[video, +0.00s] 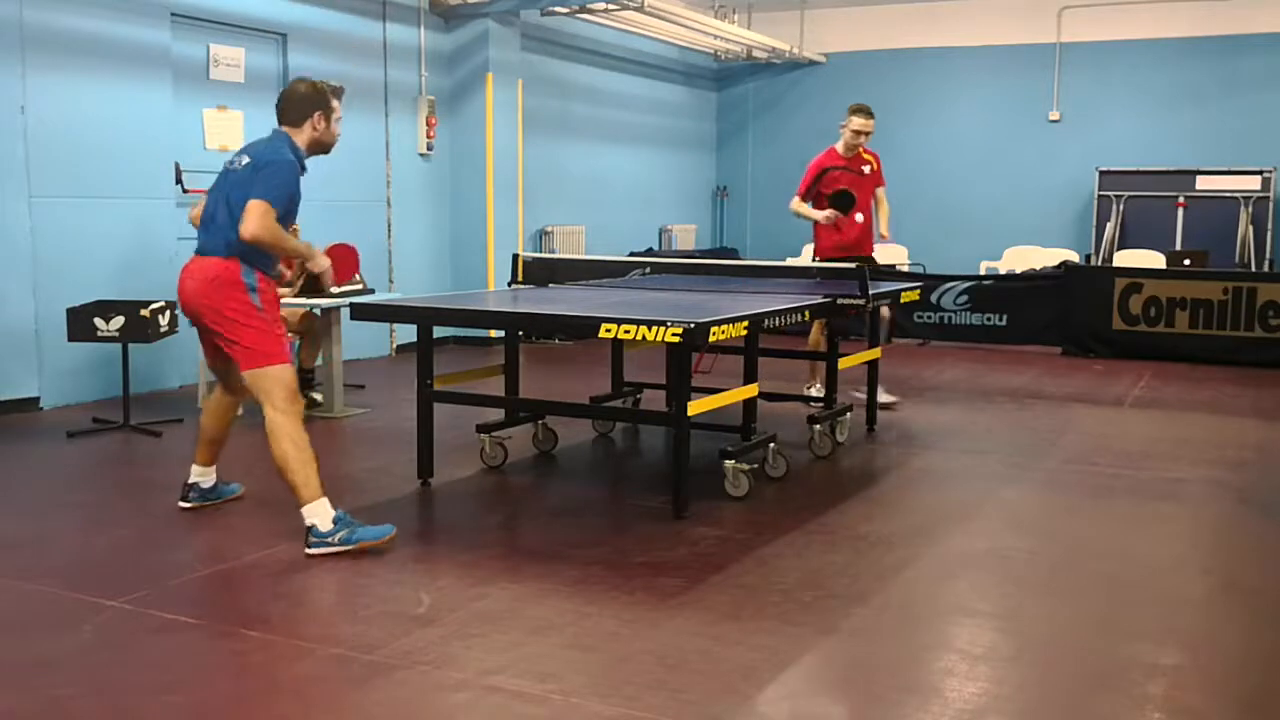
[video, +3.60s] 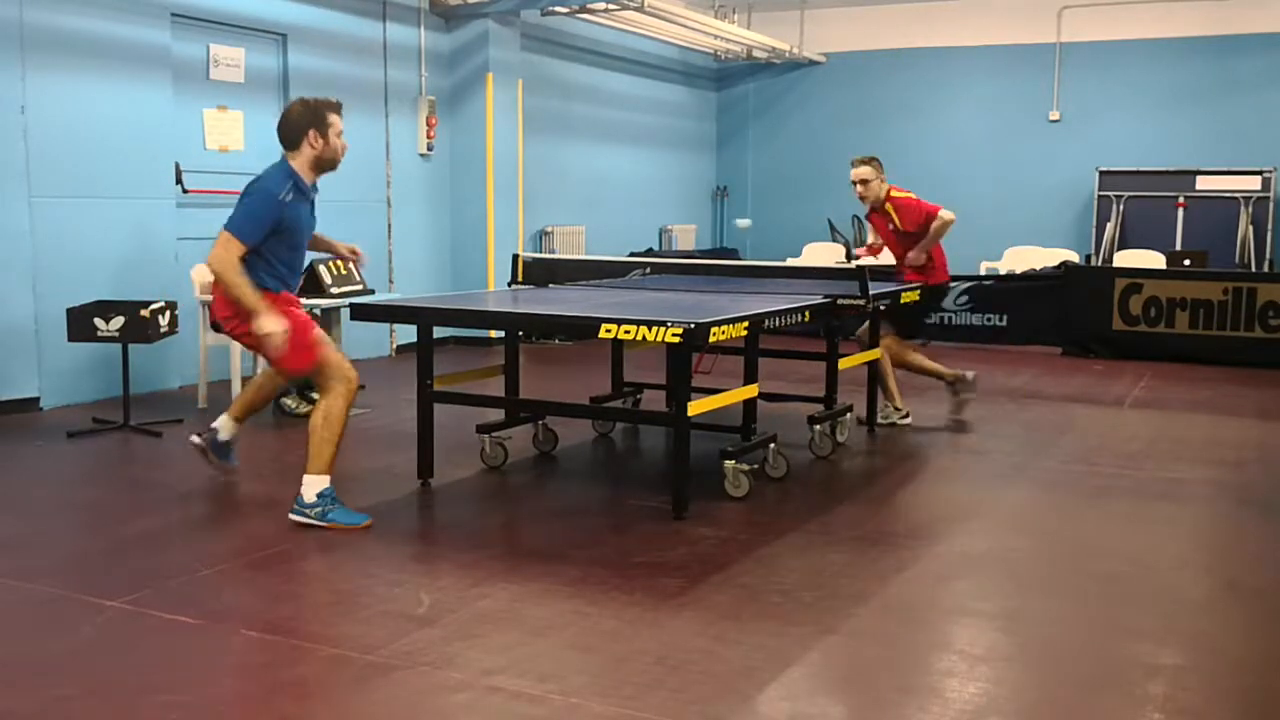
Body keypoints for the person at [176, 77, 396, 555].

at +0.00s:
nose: (340, 128)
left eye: (339, 119)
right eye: (336, 119)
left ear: (295, 120)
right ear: (315, 121)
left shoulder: (252, 152)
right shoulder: (283, 161)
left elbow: (201, 216)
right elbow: (255, 226)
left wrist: (272, 255)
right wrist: (309, 252)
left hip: (199, 278)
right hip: (233, 281)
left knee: (231, 384)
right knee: (282, 400)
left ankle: (200, 481)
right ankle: (323, 522)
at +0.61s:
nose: (353, 176)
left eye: (351, 167)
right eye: (349, 167)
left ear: (303, 169)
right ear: (329, 171)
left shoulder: (261, 194)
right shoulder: (297, 201)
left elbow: (191, 235)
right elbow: (286, 280)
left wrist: (236, 285)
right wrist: (331, 286)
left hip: (174, 300)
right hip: (213, 303)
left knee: (219, 386)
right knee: (317, 397)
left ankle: (196, 483)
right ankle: (300, 524)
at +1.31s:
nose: (340, 209)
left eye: (339, 199)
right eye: (336, 200)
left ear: (293, 202)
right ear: (316, 205)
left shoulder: (255, 224)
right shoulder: (285, 238)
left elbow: (186, 257)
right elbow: (286, 328)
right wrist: (328, 302)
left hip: (159, 325)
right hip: (187, 330)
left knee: (227, 377)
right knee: (306, 397)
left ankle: (191, 482)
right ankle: (298, 526)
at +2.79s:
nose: (337, 143)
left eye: (333, 134)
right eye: (332, 135)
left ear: (289, 146)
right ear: (315, 145)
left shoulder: (249, 180)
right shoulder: (299, 196)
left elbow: (189, 220)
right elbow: (306, 280)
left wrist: (222, 268)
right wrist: (353, 259)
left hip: (191, 306)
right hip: (232, 310)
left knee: (230, 383)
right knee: (332, 401)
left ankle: (192, 481)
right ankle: (301, 525)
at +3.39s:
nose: (331, 111)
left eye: (329, 103)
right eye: (325, 103)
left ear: (291, 109)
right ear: (303, 109)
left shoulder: (256, 146)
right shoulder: (280, 158)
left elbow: (214, 192)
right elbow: (272, 238)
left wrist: (263, 225)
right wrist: (338, 225)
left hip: (221, 278)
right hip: (247, 282)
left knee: (261, 373)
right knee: (323, 381)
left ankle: (198, 458)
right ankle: (304, 501)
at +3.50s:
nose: (337, 125)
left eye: (335, 116)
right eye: (331, 116)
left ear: (300, 123)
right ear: (307, 122)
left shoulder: (281, 162)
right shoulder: (280, 169)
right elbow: (250, 247)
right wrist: (316, 261)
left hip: (234, 290)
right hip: (251, 294)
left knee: (263, 381)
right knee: (341, 379)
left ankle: (201, 467)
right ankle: (310, 496)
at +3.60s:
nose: (344, 145)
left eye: (343, 135)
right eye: (339, 135)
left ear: (311, 141)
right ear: (313, 140)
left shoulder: (304, 186)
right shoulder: (272, 188)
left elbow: (291, 236)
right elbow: (221, 258)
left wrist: (334, 247)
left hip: (274, 298)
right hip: (248, 302)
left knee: (290, 364)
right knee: (342, 379)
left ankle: (219, 433)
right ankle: (313, 496)